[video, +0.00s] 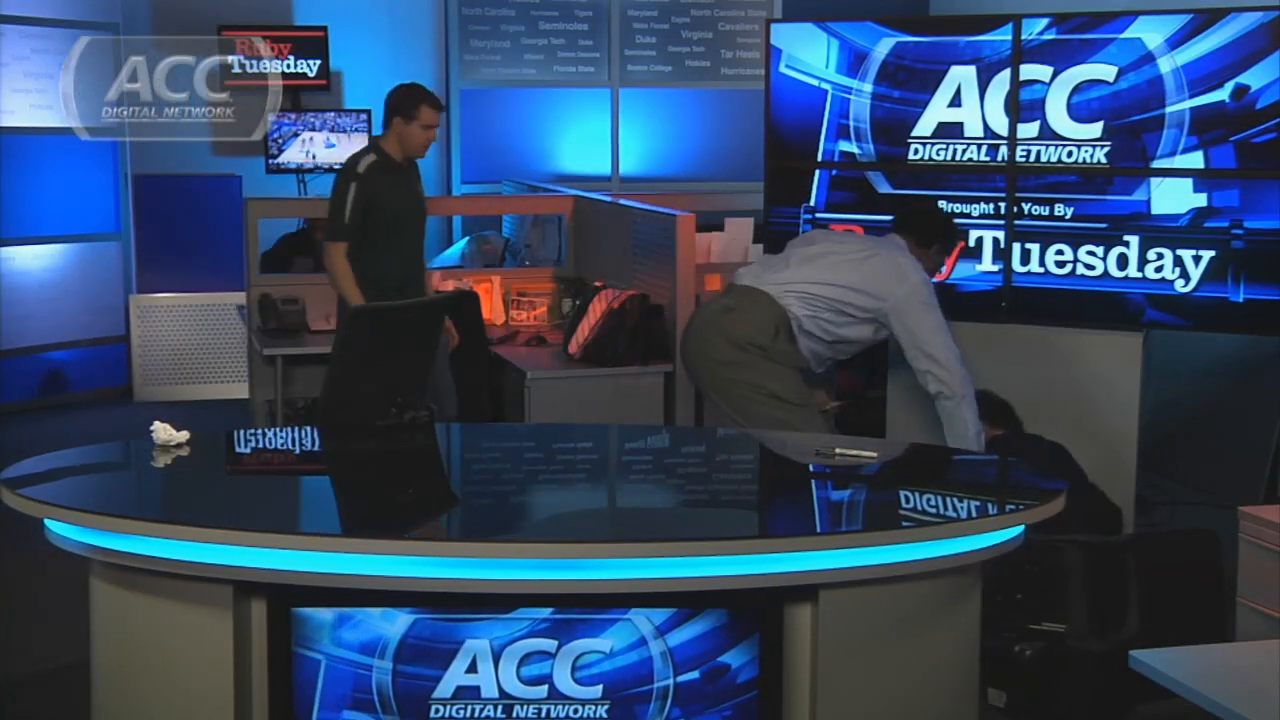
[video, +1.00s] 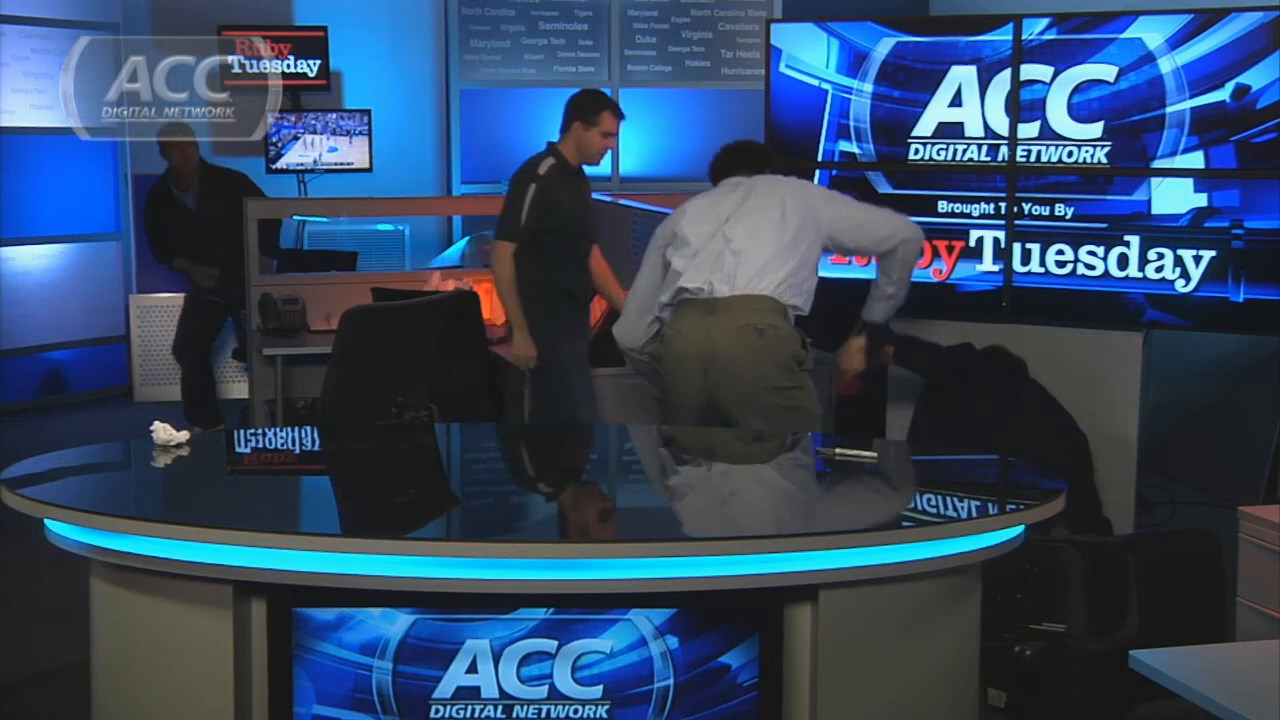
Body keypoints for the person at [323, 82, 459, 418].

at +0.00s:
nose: (433, 137)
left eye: (435, 129)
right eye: (427, 128)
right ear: (398, 123)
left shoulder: (410, 171)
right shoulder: (358, 171)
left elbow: (412, 256)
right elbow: (334, 254)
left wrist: (436, 316)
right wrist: (364, 316)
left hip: (412, 323)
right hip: (373, 326)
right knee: (368, 424)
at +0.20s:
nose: (465, 142)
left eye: (468, 133)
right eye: (459, 132)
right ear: (429, 128)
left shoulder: (440, 174)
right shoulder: (389, 176)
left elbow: (438, 260)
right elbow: (368, 260)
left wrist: (462, 319)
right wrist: (402, 318)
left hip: (443, 321)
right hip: (404, 325)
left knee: (456, 419)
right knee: (404, 422)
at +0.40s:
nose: (506, 144)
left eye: (509, 135)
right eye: (500, 134)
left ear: (477, 130)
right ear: (471, 128)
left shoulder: (478, 177)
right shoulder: (430, 177)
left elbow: (475, 263)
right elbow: (404, 261)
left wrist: (497, 323)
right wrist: (432, 332)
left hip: (484, 331)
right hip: (445, 335)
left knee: (486, 438)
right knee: (438, 441)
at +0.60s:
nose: (544, 140)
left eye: (546, 131)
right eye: (538, 130)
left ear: (518, 127)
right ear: (509, 123)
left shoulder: (516, 178)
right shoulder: (467, 172)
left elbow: (514, 260)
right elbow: (435, 250)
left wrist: (537, 316)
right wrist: (448, 321)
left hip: (518, 320)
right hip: (479, 321)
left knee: (518, 426)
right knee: (484, 428)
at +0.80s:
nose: (576, 140)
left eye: (578, 132)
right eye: (571, 130)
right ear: (543, 123)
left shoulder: (548, 178)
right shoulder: (499, 170)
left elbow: (557, 255)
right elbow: (465, 250)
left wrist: (595, 315)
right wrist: (478, 325)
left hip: (541, 320)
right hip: (507, 321)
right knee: (545, 421)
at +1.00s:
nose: (611, 145)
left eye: (613, 137)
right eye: (605, 135)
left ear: (581, 131)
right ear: (577, 129)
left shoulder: (578, 180)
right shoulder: (535, 175)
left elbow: (588, 252)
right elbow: (501, 256)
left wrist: (628, 311)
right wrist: (520, 332)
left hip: (571, 324)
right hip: (542, 325)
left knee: (574, 430)